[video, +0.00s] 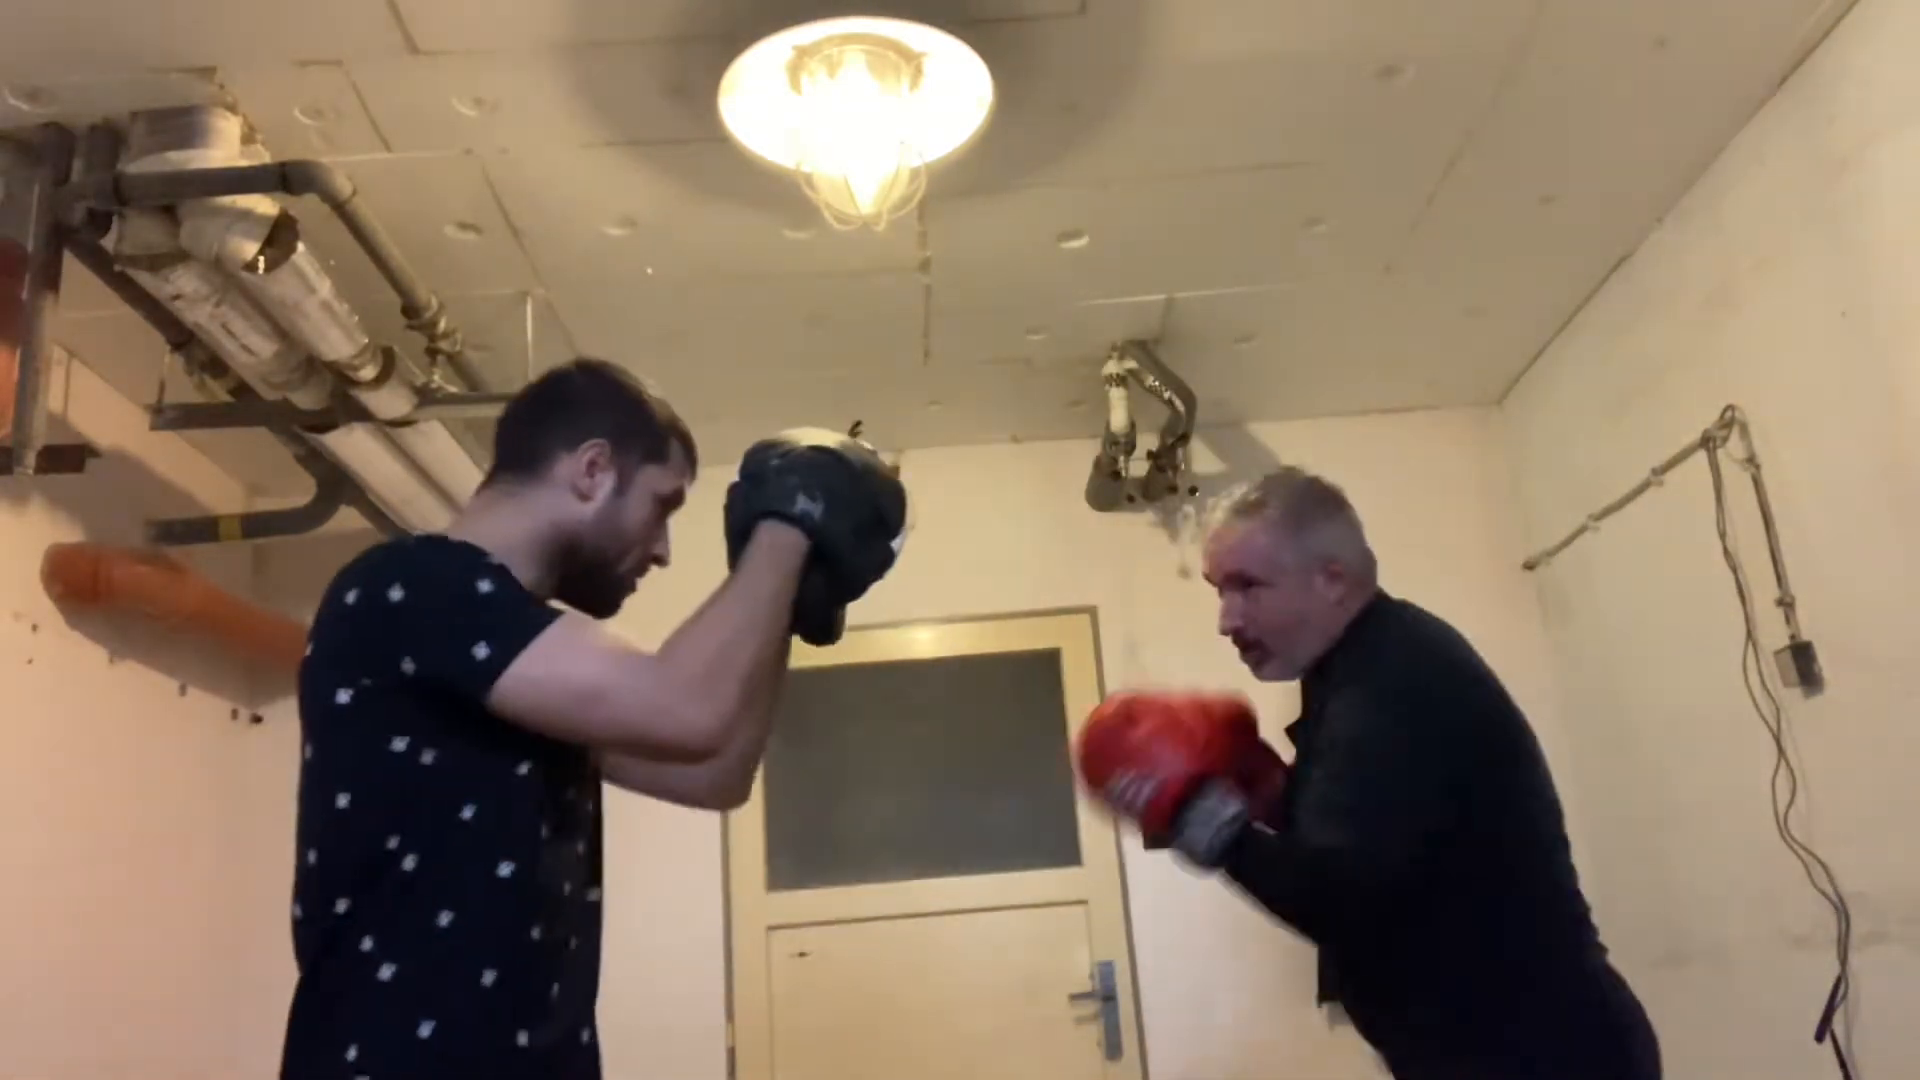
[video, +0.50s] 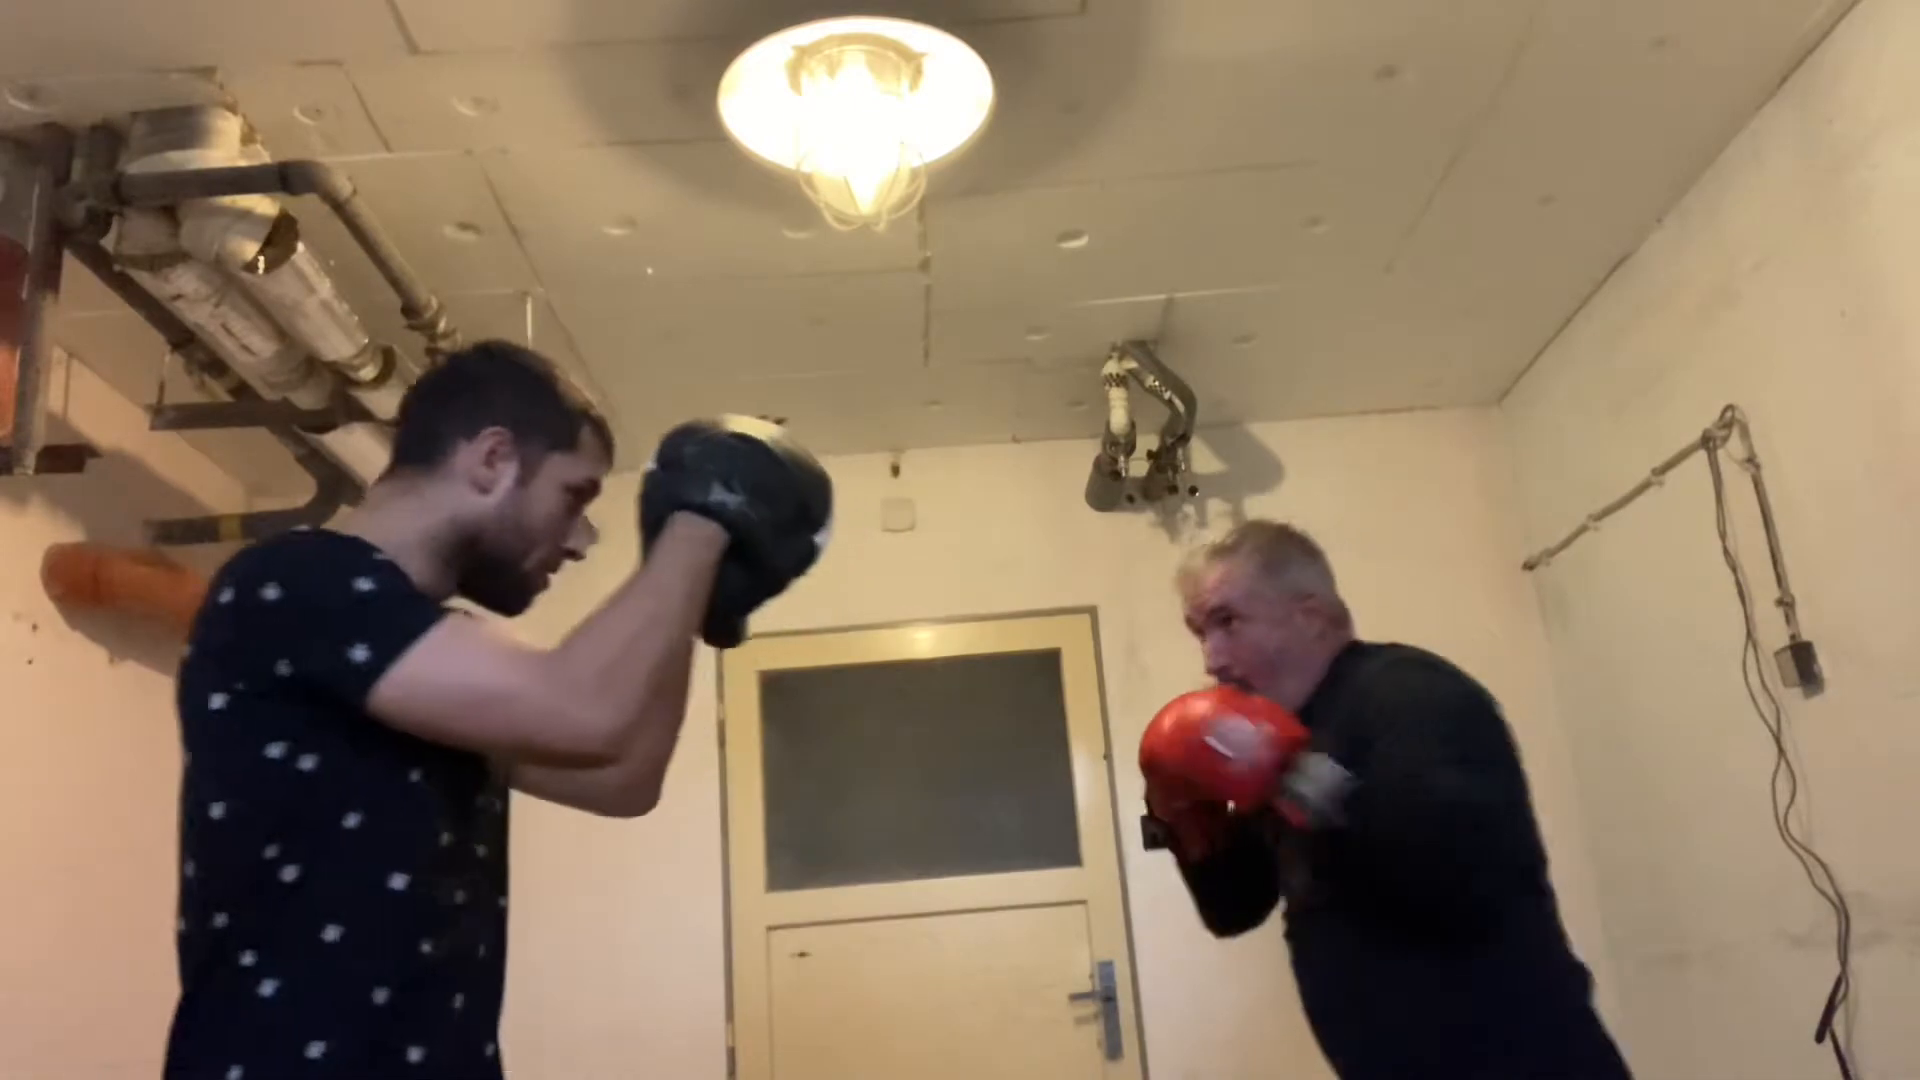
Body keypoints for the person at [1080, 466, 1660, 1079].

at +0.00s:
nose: (1226, 621)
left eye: (1245, 588)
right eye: (1220, 592)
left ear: (1332, 581)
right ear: (1331, 584)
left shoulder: (1392, 684)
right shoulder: (1364, 670)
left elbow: (1349, 907)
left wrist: (1216, 827)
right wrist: (1273, 795)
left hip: (1530, 1057)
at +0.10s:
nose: (1236, 625)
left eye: (1251, 591)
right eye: (1227, 599)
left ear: (1332, 581)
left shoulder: (1431, 683)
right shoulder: (1331, 693)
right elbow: (1333, 846)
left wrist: (1273, 773)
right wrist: (1253, 760)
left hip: (1522, 1048)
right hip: (1437, 1049)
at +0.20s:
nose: (1244, 640)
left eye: (1260, 605)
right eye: (1233, 615)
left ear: (1340, 592)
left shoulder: (1462, 688)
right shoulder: (1320, 712)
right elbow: (1265, 868)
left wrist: (1321, 777)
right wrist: (1222, 787)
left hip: (1535, 1051)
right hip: (1422, 1056)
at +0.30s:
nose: (1238, 628)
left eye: (1257, 593)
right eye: (1228, 603)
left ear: (1339, 582)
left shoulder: (1452, 674)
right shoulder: (1298, 710)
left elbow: (1480, 871)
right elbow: (1268, 884)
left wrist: (1308, 770)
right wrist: (1215, 800)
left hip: (1527, 1046)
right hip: (1405, 1053)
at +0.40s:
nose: (1226, 637)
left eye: (1244, 602)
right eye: (1214, 614)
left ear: (1329, 592)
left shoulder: (1438, 682)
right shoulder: (1289, 719)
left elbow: (1472, 868)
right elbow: (1245, 887)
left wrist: (1304, 768)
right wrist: (1202, 805)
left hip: (1530, 1049)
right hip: (1405, 1056)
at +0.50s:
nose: (1211, 659)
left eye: (1227, 623)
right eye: (1200, 633)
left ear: (1312, 615)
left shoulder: (1416, 699)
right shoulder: (1279, 738)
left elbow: (1475, 883)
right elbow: (1235, 909)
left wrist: (1304, 784)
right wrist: (1189, 822)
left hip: (1512, 1057)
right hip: (1391, 1060)